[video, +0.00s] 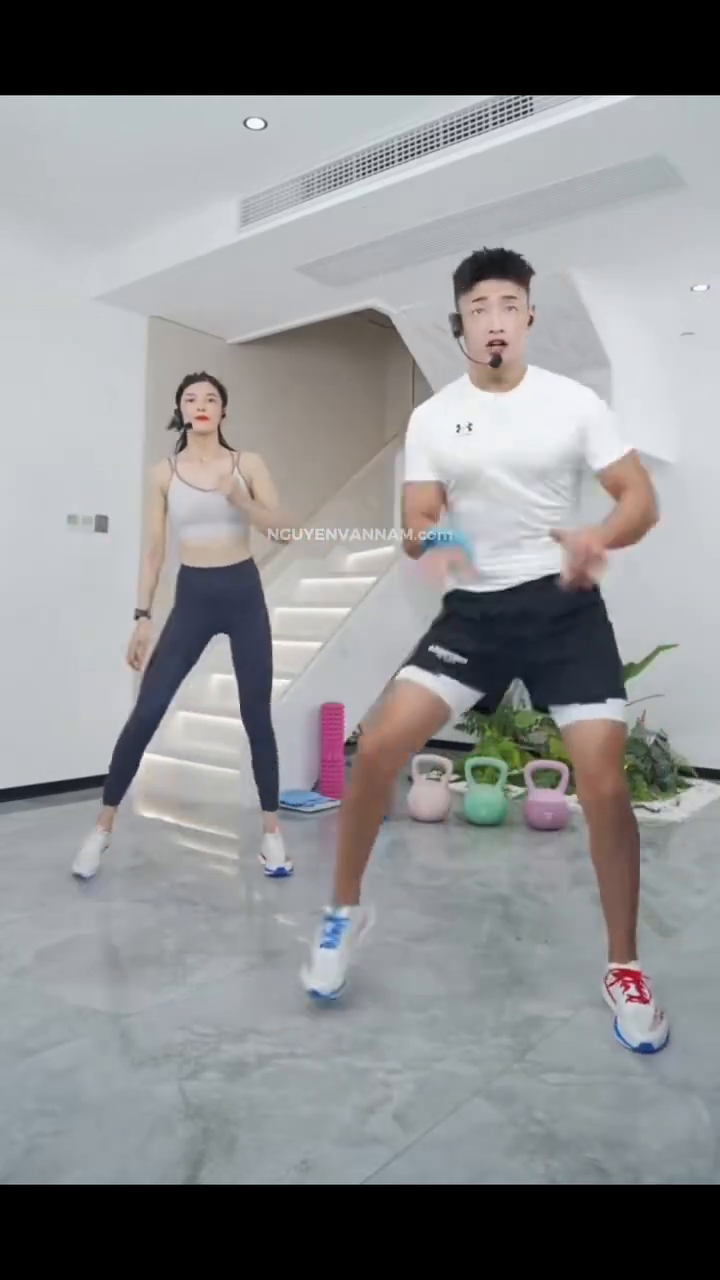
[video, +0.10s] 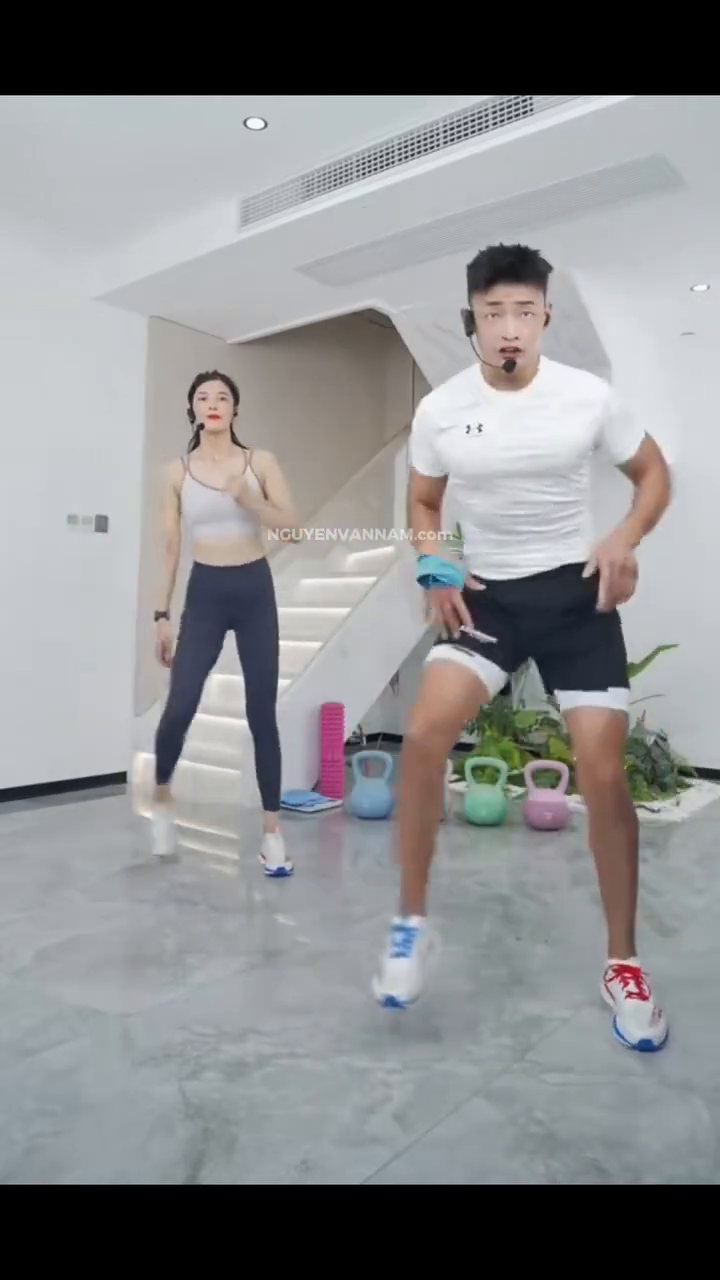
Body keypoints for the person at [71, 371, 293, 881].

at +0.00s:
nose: (201, 406)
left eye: (210, 399)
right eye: (192, 400)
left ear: (223, 410)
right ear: (180, 411)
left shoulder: (247, 463)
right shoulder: (165, 473)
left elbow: (282, 524)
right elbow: (154, 550)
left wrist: (239, 497)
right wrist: (142, 617)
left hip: (245, 598)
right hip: (191, 600)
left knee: (257, 716)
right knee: (147, 712)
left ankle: (272, 830)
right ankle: (103, 825)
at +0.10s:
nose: (213, 404)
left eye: (222, 398)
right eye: (204, 398)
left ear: (236, 409)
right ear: (192, 410)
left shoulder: (260, 461)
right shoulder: (179, 471)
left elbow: (292, 524)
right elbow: (173, 549)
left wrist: (250, 499)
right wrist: (163, 616)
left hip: (256, 593)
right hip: (204, 594)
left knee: (262, 713)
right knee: (181, 707)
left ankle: (272, 828)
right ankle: (161, 798)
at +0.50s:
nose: (226, 404)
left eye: (235, 397)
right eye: (218, 397)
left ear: (249, 407)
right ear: (205, 405)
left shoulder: (269, 462)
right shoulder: (187, 465)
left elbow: (292, 532)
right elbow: (183, 540)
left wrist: (268, 569)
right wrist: (171, 603)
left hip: (254, 593)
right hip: (202, 593)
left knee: (263, 715)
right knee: (157, 709)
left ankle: (272, 829)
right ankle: (158, 814)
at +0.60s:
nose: (217, 404)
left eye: (226, 397)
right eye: (209, 396)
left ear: (240, 406)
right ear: (197, 404)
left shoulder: (259, 463)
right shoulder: (177, 461)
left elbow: (274, 535)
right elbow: (168, 535)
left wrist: (279, 602)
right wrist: (155, 598)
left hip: (239, 592)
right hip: (184, 590)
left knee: (252, 715)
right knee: (154, 712)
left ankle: (272, 830)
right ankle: (118, 826)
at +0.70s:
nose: (207, 409)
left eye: (216, 402)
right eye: (199, 401)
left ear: (228, 411)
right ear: (185, 407)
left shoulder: (243, 470)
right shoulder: (162, 464)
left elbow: (264, 544)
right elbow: (149, 537)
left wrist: (282, 612)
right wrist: (133, 600)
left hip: (216, 598)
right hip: (163, 595)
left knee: (241, 719)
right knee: (138, 718)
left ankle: (271, 831)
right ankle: (110, 833)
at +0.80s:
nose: (193, 414)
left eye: (203, 407)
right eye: (185, 405)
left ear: (215, 416)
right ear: (172, 412)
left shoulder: (228, 475)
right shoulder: (146, 465)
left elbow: (254, 549)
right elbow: (121, 535)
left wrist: (276, 613)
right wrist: (102, 599)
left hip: (195, 603)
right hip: (141, 599)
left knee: (224, 717)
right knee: (121, 720)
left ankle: (255, 819)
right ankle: (108, 836)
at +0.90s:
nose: (184, 411)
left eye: (194, 404)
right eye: (177, 403)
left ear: (206, 413)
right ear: (163, 409)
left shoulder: (219, 474)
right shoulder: (137, 463)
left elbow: (239, 548)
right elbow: (106, 532)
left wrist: (260, 614)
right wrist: (83, 595)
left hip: (188, 597)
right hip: (134, 592)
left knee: (190, 711)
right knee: (117, 715)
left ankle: (207, 803)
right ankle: (107, 834)